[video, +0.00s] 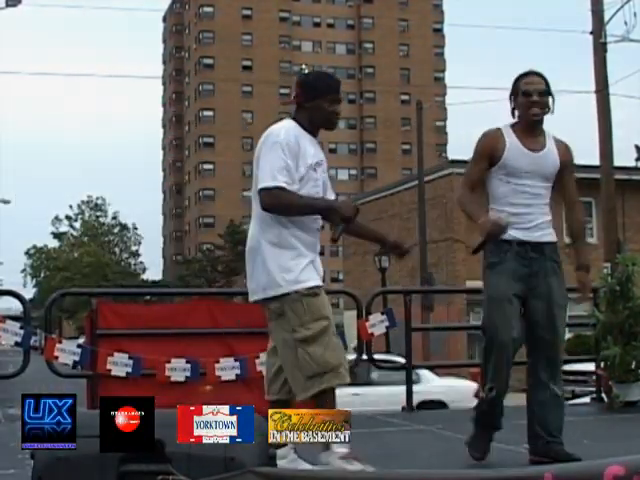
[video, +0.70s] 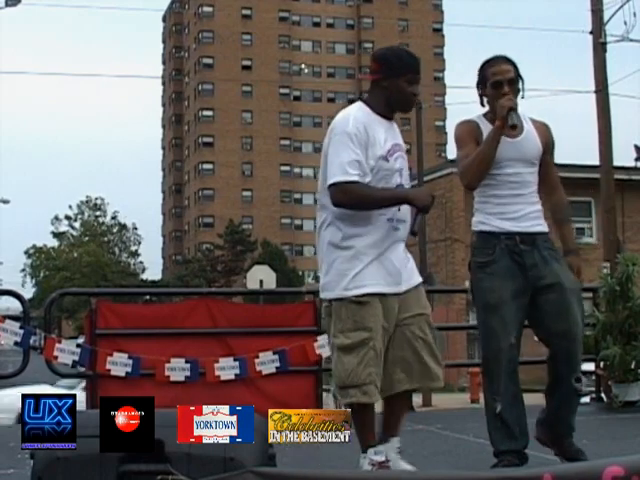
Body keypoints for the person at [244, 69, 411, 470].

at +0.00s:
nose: (338, 111)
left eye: (338, 104)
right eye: (331, 104)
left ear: (318, 105)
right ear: (305, 102)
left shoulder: (313, 148)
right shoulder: (280, 136)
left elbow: (332, 216)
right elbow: (271, 197)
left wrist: (385, 240)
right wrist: (328, 205)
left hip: (299, 271)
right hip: (283, 271)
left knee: (287, 369)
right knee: (323, 360)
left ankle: (285, 453)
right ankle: (329, 450)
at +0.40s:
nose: (388, 99)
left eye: (388, 91)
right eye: (381, 91)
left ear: (363, 94)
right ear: (353, 92)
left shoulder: (366, 137)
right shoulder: (323, 133)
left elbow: (368, 213)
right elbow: (312, 202)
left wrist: (384, 267)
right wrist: (378, 207)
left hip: (361, 269)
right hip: (333, 270)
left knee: (341, 366)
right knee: (352, 365)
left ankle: (293, 442)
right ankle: (371, 456)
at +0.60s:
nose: (406, 96)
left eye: (407, 88)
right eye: (400, 88)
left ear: (387, 86)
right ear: (373, 85)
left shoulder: (382, 129)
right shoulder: (341, 125)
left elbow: (382, 191)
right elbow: (334, 194)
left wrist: (405, 207)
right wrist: (398, 198)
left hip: (385, 263)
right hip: (349, 268)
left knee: (405, 349)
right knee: (359, 365)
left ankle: (338, 421)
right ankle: (368, 451)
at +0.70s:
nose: (415, 95)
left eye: (416, 87)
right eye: (409, 86)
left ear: (395, 84)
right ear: (382, 81)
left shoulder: (390, 127)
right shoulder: (349, 123)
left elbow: (387, 193)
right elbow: (343, 193)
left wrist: (412, 209)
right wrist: (407, 195)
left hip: (396, 264)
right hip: (355, 269)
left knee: (410, 354)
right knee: (360, 369)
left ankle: (388, 446)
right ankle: (370, 457)